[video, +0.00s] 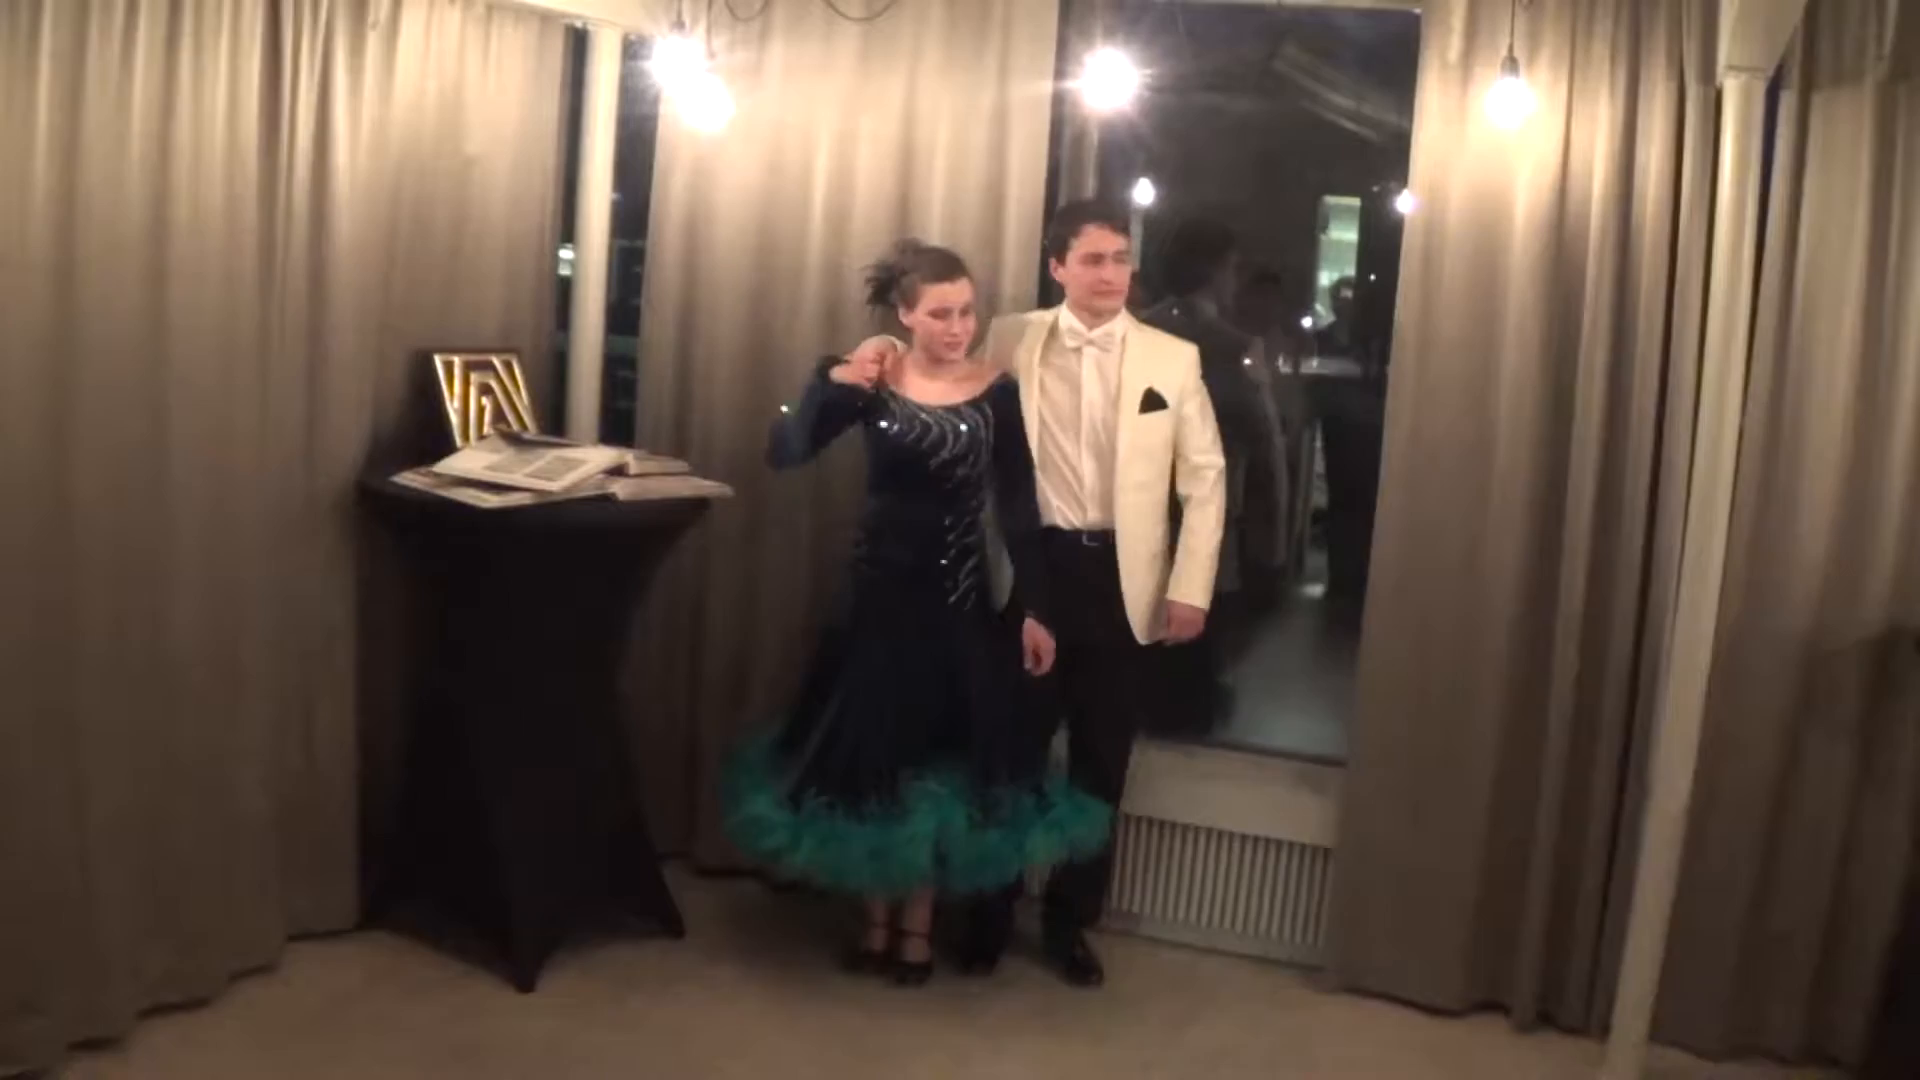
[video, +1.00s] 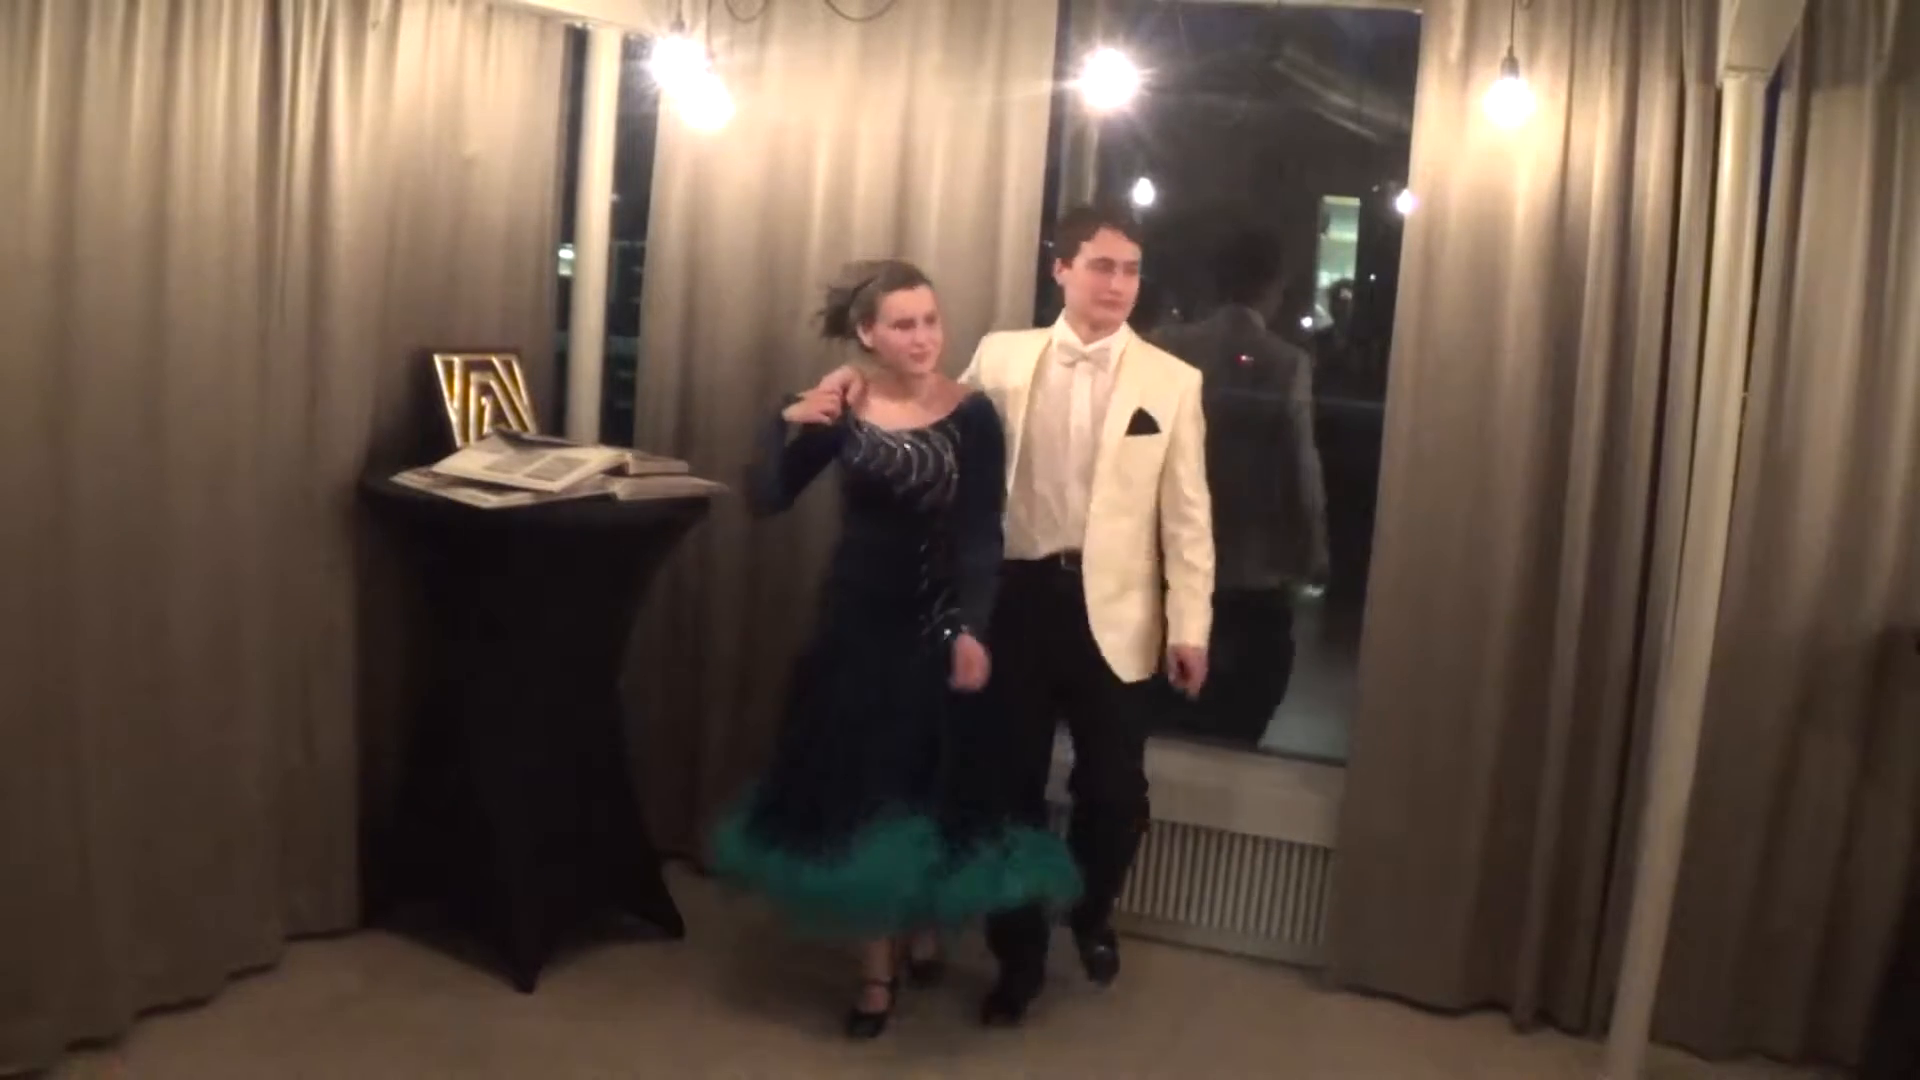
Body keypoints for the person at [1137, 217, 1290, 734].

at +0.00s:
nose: (1236, 281)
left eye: (1235, 269)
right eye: (1232, 269)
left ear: (1166, 266)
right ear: (1217, 273)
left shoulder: (1134, 332)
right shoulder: (1228, 347)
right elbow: (1263, 450)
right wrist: (1269, 548)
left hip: (1137, 499)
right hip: (1205, 508)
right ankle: (1193, 698)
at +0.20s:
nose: (1241, 284)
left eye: (1239, 273)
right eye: (1237, 273)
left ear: (1171, 275)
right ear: (1221, 277)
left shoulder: (1145, 346)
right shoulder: (1236, 355)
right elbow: (1264, 458)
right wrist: (1275, 526)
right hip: (1220, 514)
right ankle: (1207, 702)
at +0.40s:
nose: (1244, 280)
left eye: (1242, 272)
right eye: (1242, 271)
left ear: (1181, 273)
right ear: (1233, 273)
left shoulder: (1153, 341)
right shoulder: (1265, 347)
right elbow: (1301, 431)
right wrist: (1290, 492)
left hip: (1166, 485)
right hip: (1241, 490)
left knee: (1171, 594)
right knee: (1242, 595)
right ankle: (1217, 683)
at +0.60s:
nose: (1248, 283)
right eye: (1248, 274)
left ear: (1188, 274)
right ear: (1244, 275)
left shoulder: (1160, 341)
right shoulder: (1276, 348)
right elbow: (1317, 429)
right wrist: (1298, 473)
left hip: (1172, 490)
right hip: (1251, 497)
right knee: (1255, 594)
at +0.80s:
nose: (1264, 286)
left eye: (1261, 276)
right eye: (1262, 276)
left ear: (1198, 277)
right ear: (1253, 279)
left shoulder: (1170, 344)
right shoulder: (1281, 351)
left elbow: (1146, 430)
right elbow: (1310, 432)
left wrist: (1148, 490)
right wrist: (1321, 500)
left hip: (1174, 507)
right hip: (1252, 513)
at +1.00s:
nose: (1280, 291)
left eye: (1275, 282)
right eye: (1278, 282)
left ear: (1217, 279)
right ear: (1272, 286)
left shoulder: (1167, 348)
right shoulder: (1287, 364)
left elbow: (1143, 453)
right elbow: (1303, 474)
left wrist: (1142, 538)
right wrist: (1314, 556)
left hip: (1172, 559)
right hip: (1255, 571)